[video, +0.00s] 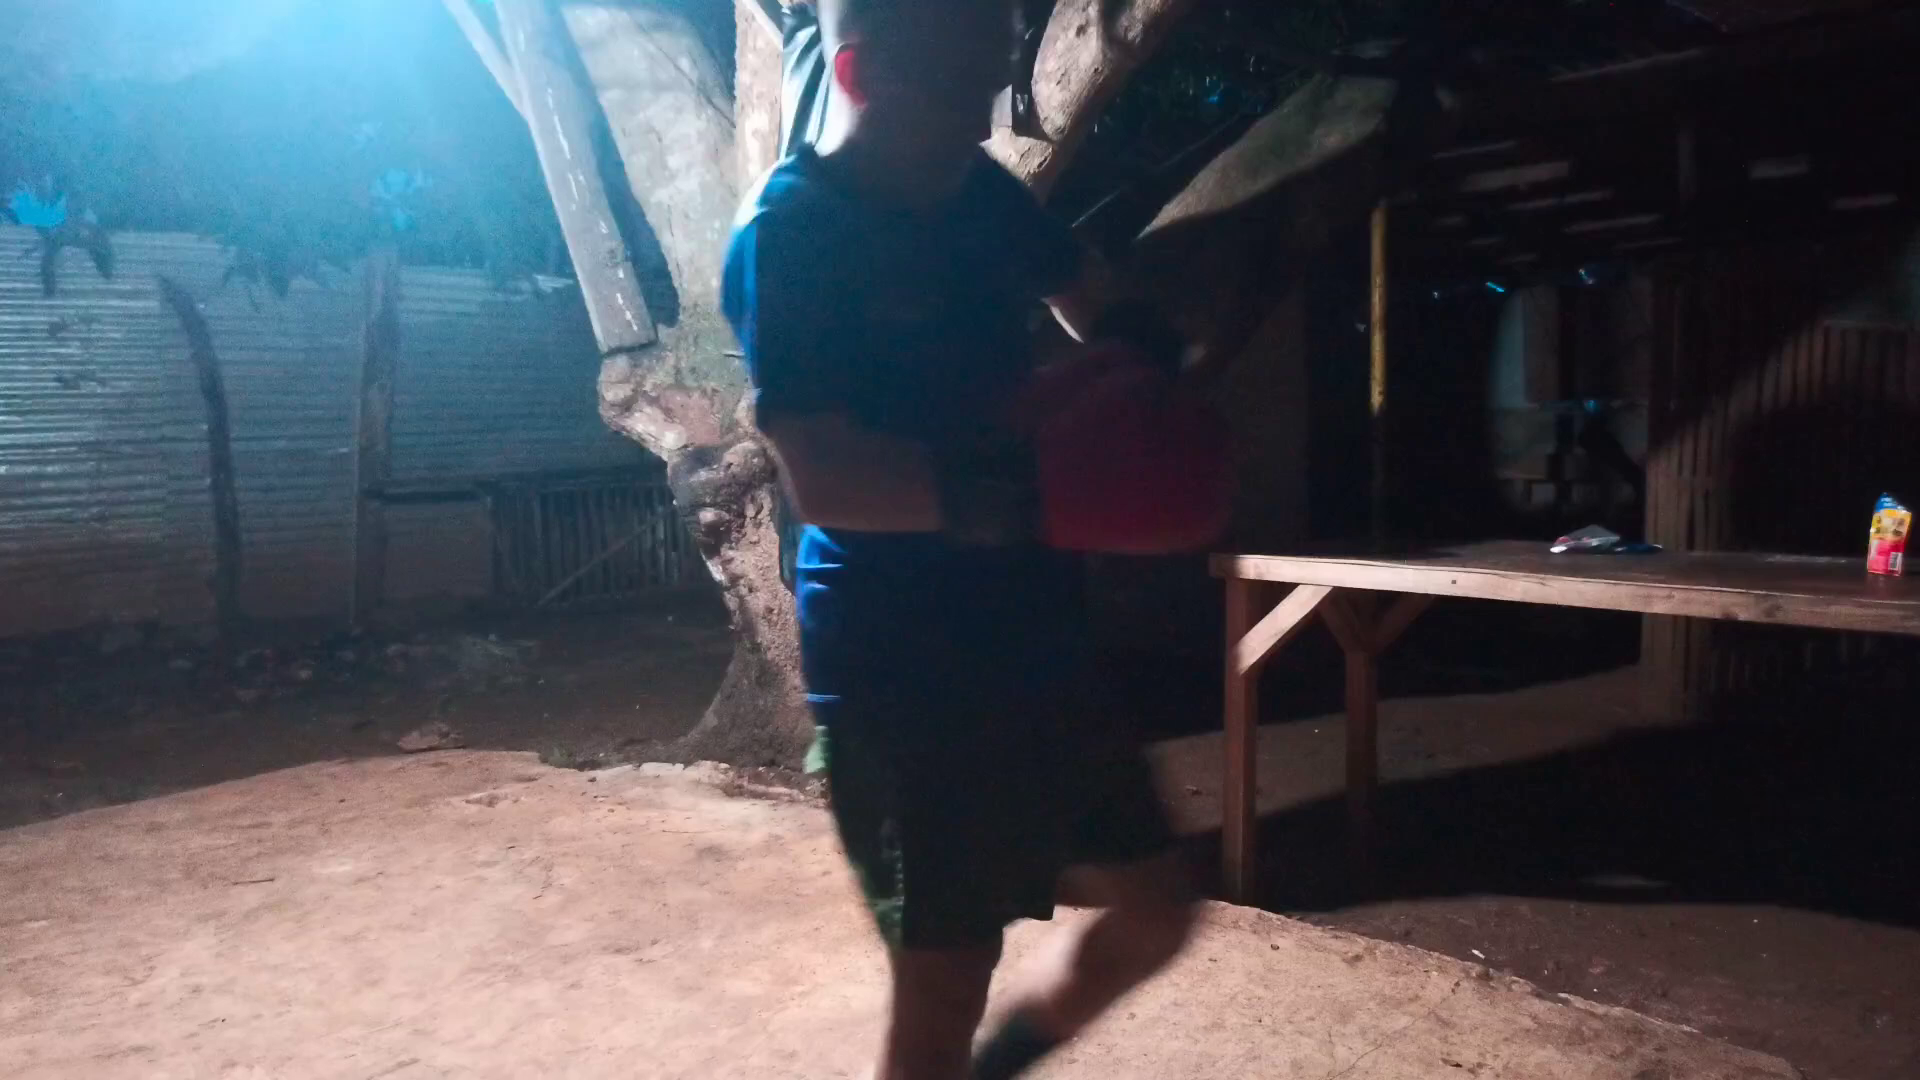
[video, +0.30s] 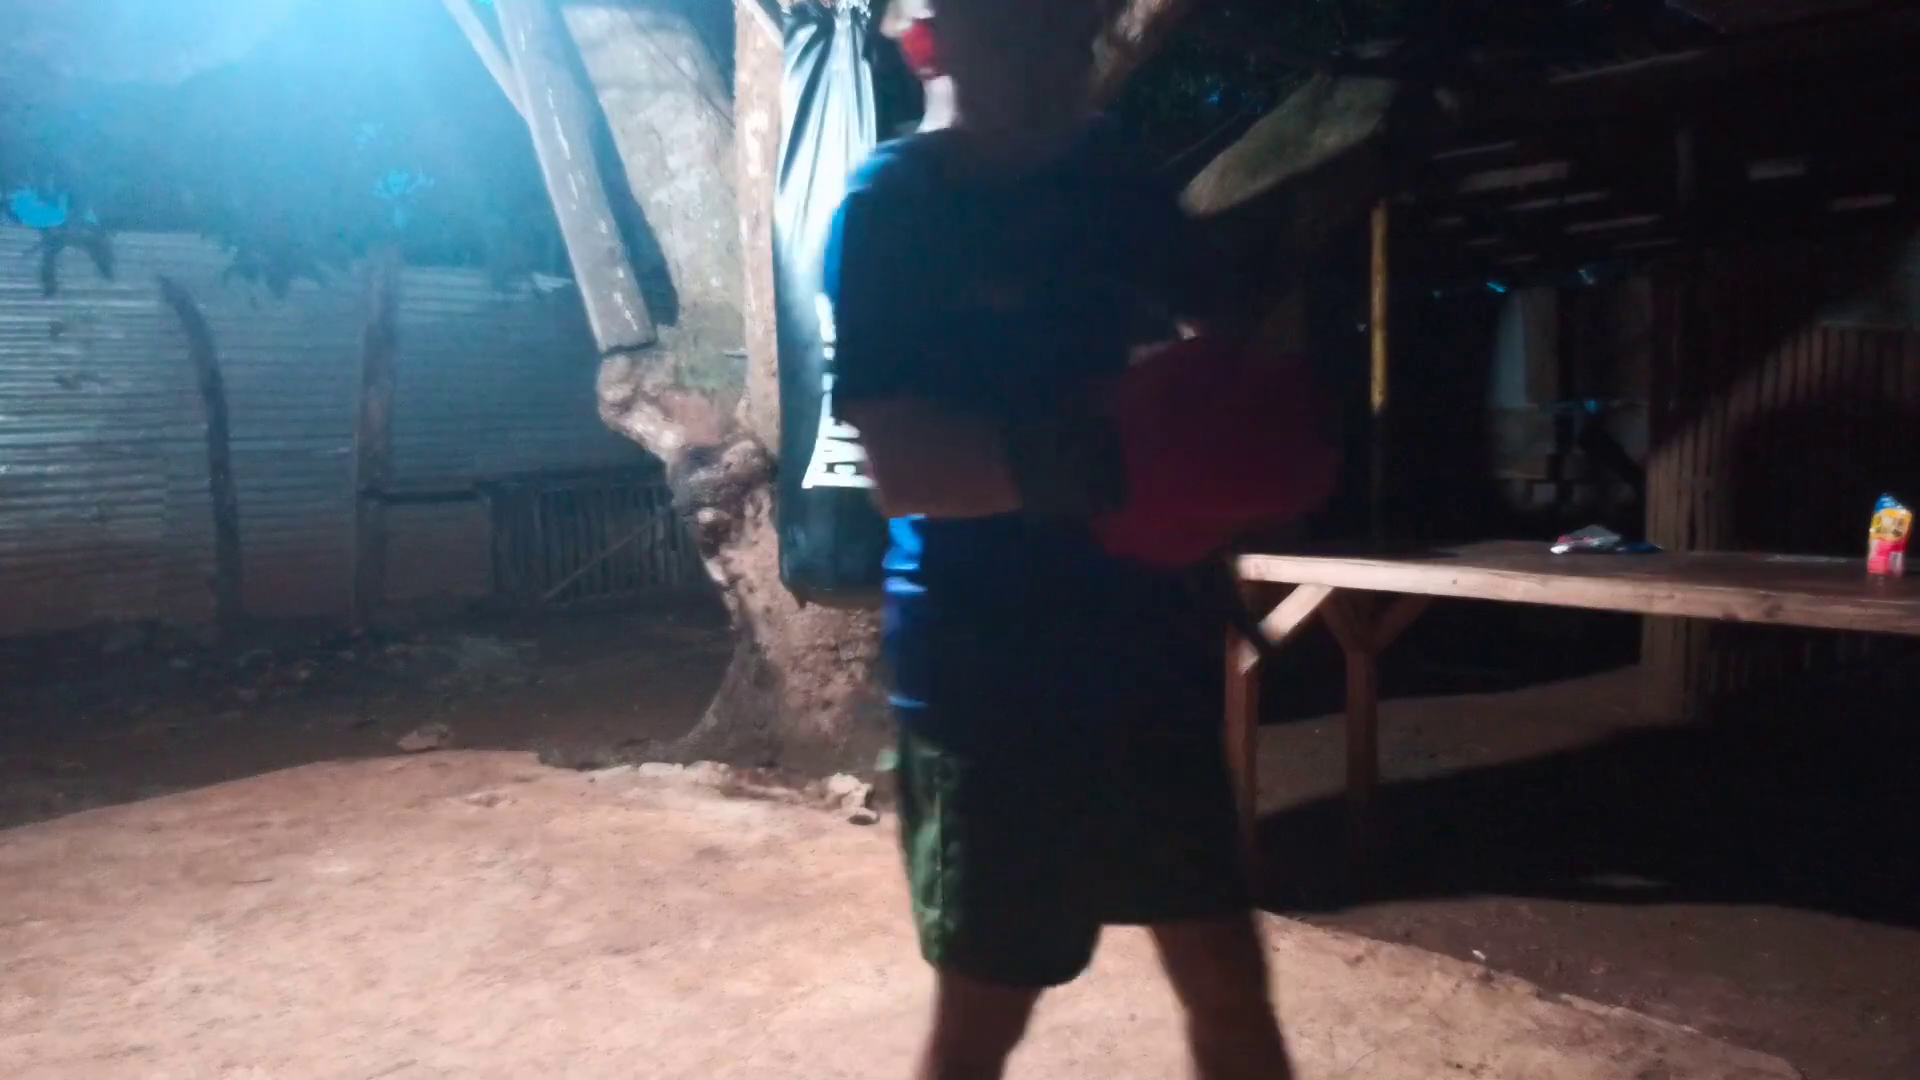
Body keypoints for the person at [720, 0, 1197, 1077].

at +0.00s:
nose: (990, 79)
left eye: (994, 54)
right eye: (957, 57)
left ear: (1006, 62)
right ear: (859, 71)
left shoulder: (983, 192)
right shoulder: (794, 229)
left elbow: (1107, 309)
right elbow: (821, 482)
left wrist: (1147, 376)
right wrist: (1033, 494)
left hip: (1024, 613)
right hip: (889, 644)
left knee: (1152, 911)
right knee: (942, 987)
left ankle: (991, 1058)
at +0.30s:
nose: (1051, 55)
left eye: (1068, 31)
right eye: (1015, 31)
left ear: (1096, 37)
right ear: (936, 40)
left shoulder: (1124, 177)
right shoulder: (897, 193)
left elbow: (1246, 345)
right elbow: (904, 468)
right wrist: (1117, 455)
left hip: (1148, 637)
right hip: (981, 657)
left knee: (1225, 977)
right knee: (979, 1014)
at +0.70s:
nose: (1188, 34)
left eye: (1226, 8)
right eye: (1158, 9)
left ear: (1277, 26)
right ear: (1111, 27)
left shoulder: (1333, 187)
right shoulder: (1051, 180)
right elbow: (977, 418)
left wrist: (1320, 426)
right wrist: (1119, 422)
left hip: (1277, 642)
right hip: (1095, 646)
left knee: (1296, 995)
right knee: (1088, 1012)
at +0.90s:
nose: (1180, 42)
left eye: (1210, 14)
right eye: (1141, 16)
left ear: (1255, 25)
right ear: (1085, 33)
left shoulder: (1328, 175)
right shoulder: (1039, 193)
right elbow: (907, 419)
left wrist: (1478, 343)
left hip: (1278, 624)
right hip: (1096, 629)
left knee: (1292, 1008)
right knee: (1054, 1038)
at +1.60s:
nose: (876, 62)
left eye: (912, 30)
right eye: (832, 34)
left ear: (978, 14)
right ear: (776, 33)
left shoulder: (1127, 127)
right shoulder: (738, 195)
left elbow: (1322, 350)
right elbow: (660, 449)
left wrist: (1189, 458)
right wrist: (726, 495)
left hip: (1132, 704)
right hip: (912, 731)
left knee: (1177, 1044)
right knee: (942, 1056)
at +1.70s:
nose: (854, 56)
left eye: (889, 27)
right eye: (811, 32)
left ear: (961, 11)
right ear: (768, 32)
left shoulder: (1121, 121)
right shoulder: (731, 187)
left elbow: (1319, 343)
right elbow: (667, 447)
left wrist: (1177, 461)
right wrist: (729, 507)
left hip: (1122, 710)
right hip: (899, 730)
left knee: (1165, 1047)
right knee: (935, 1057)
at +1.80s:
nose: (831, 92)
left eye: (861, 56)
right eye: (799, 52)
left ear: (941, 13)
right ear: (767, 28)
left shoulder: (1122, 114)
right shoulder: (730, 176)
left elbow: (1324, 348)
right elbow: (661, 439)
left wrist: (1180, 460)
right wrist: (733, 498)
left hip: (1119, 744)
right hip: (889, 759)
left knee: (1161, 1056)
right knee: (915, 1060)